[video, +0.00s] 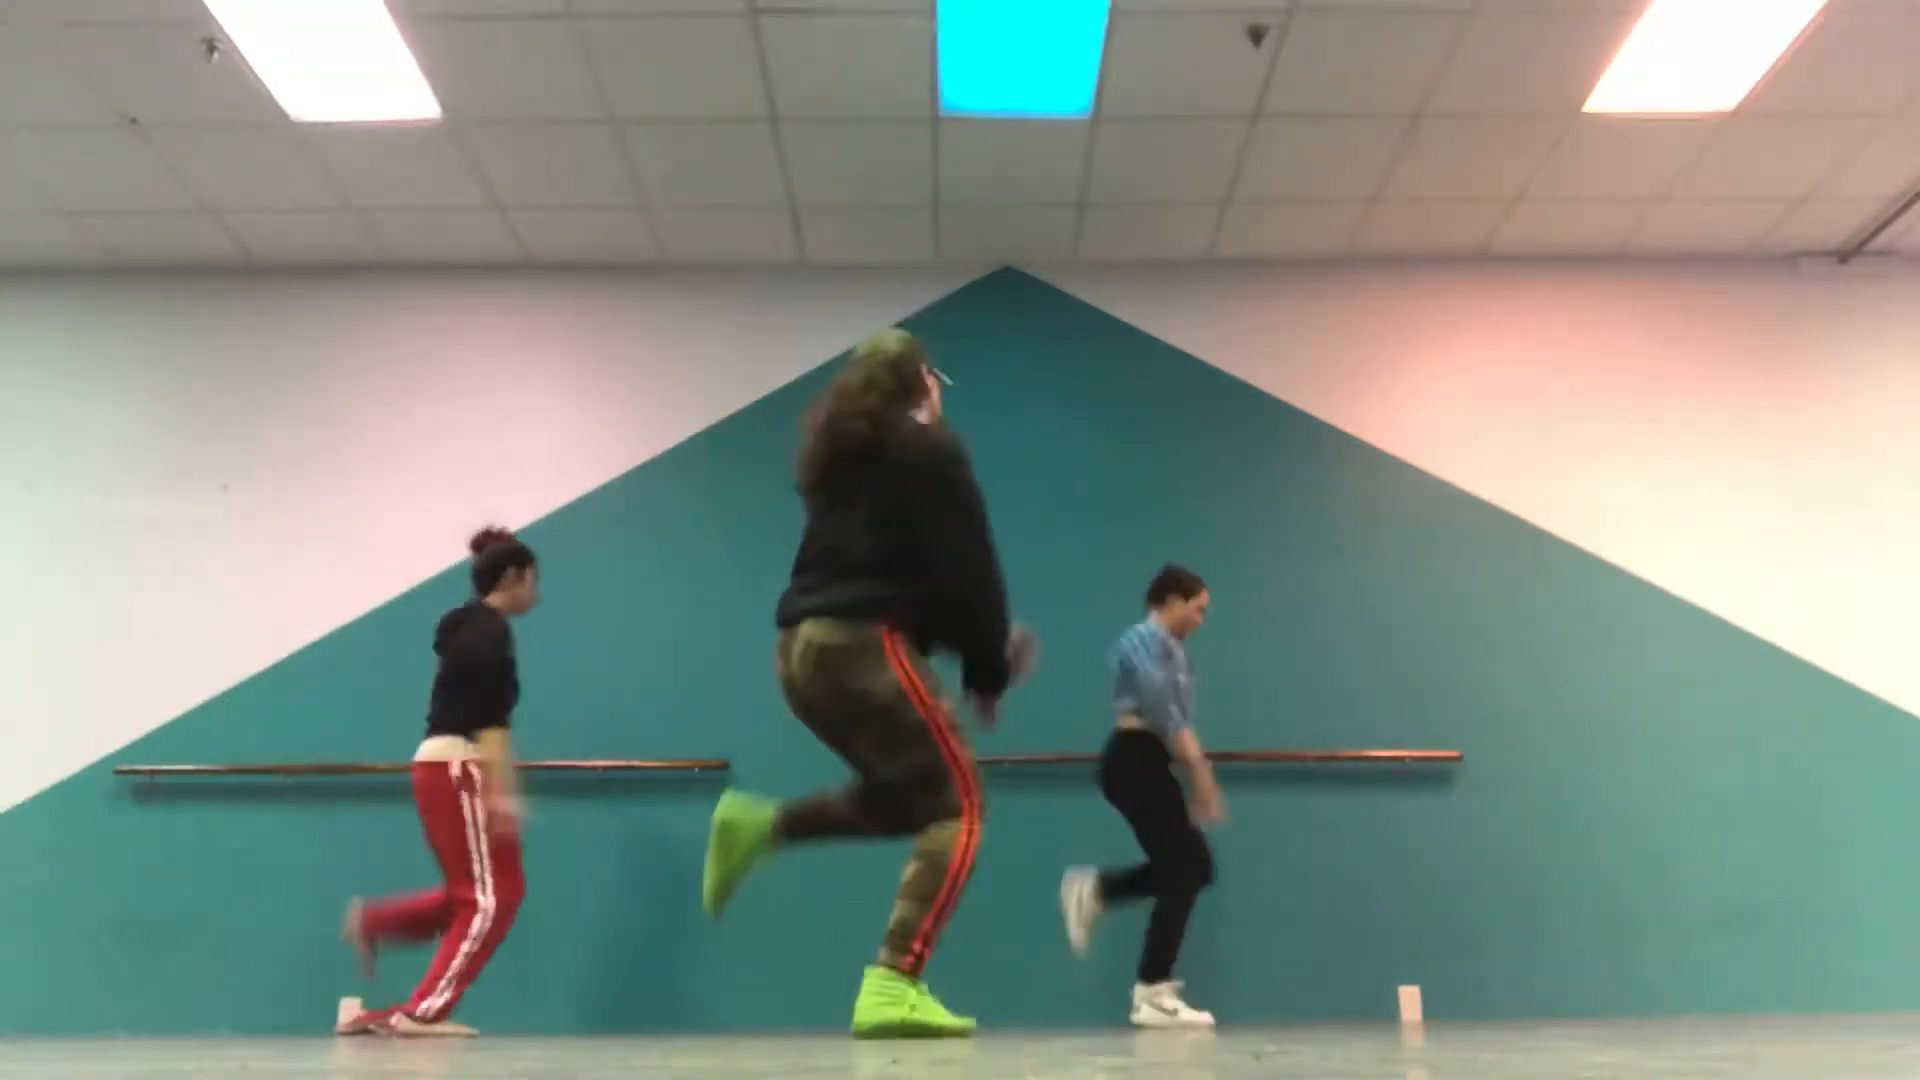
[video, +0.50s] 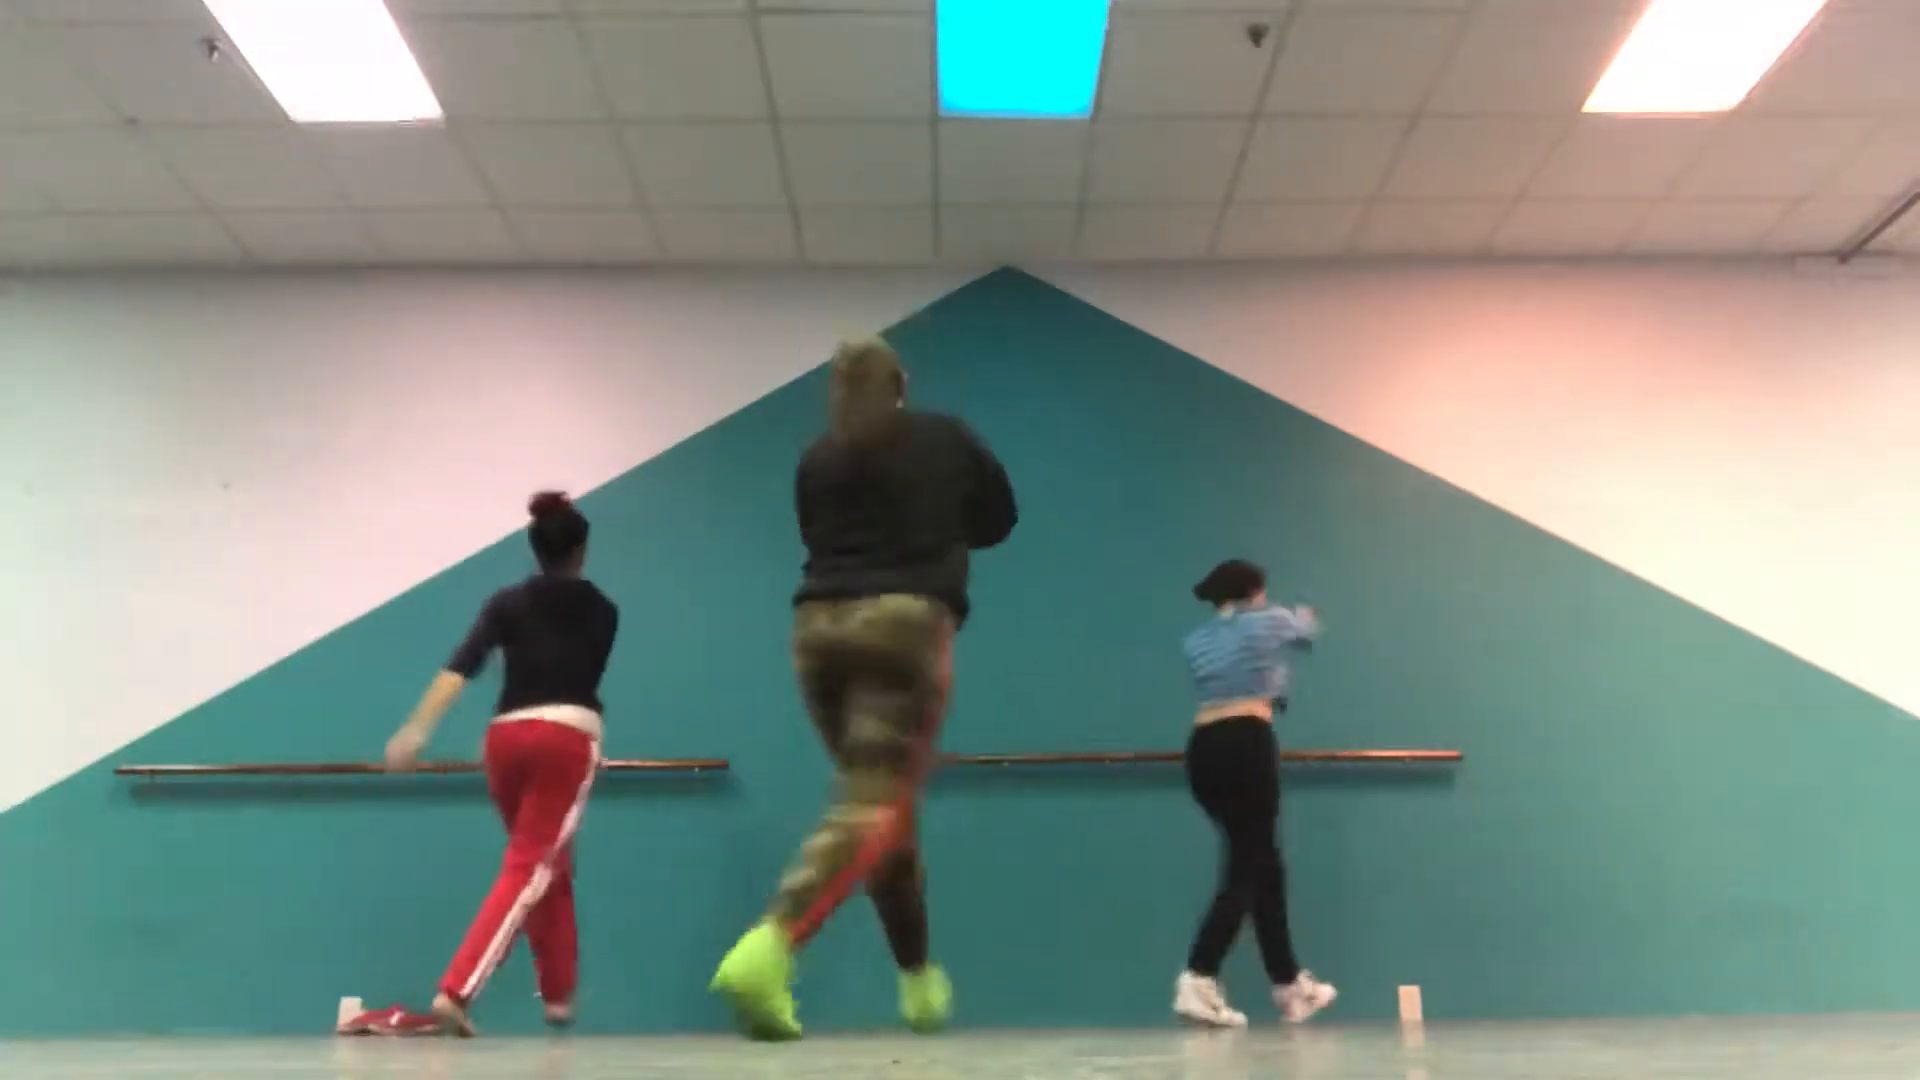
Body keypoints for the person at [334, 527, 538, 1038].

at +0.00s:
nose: (535, 592)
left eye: (534, 581)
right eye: (532, 581)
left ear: (494, 579)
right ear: (514, 579)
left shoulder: (467, 624)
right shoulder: (488, 629)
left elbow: (478, 719)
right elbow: (490, 723)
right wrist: (499, 793)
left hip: (438, 765)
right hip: (458, 767)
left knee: (472, 895)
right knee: (494, 895)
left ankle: (373, 920)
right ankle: (424, 1012)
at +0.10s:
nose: (544, 568)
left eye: (543, 557)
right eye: (541, 557)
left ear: (497, 557)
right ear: (525, 557)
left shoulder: (466, 604)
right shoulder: (528, 611)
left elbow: (421, 692)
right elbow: (548, 698)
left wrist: (400, 767)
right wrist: (571, 762)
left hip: (443, 749)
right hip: (481, 752)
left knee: (532, 856)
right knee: (484, 890)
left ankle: (416, 853)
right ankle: (422, 1010)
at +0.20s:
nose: (551, 539)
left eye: (548, 531)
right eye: (551, 531)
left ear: (504, 533)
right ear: (545, 533)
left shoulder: (472, 581)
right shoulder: (556, 587)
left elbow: (417, 651)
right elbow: (575, 665)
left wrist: (379, 722)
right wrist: (588, 728)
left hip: (453, 719)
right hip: (504, 719)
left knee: (547, 822)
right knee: (494, 851)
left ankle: (453, 884)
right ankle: (436, 981)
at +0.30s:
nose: (559, 539)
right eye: (562, 532)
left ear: (512, 532)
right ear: (559, 532)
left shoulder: (487, 578)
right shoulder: (574, 587)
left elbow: (421, 635)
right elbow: (589, 661)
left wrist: (372, 698)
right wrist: (589, 718)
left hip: (463, 715)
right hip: (520, 718)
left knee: (525, 837)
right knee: (503, 846)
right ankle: (448, 972)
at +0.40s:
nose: (570, 555)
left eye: (558, 548)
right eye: (571, 548)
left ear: (524, 551)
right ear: (570, 552)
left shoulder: (498, 599)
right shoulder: (589, 612)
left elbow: (427, 651)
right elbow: (586, 690)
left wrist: (370, 710)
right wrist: (577, 742)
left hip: (479, 737)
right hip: (541, 738)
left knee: (532, 860)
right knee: (507, 869)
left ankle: (570, 982)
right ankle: (450, 999)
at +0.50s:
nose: (572, 555)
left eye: (557, 547)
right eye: (578, 547)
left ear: (534, 549)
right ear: (582, 549)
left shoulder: (509, 601)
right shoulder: (602, 609)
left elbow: (459, 669)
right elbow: (578, 674)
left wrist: (415, 729)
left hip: (506, 738)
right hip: (568, 739)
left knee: (550, 864)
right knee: (526, 867)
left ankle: (558, 995)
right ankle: (456, 993)